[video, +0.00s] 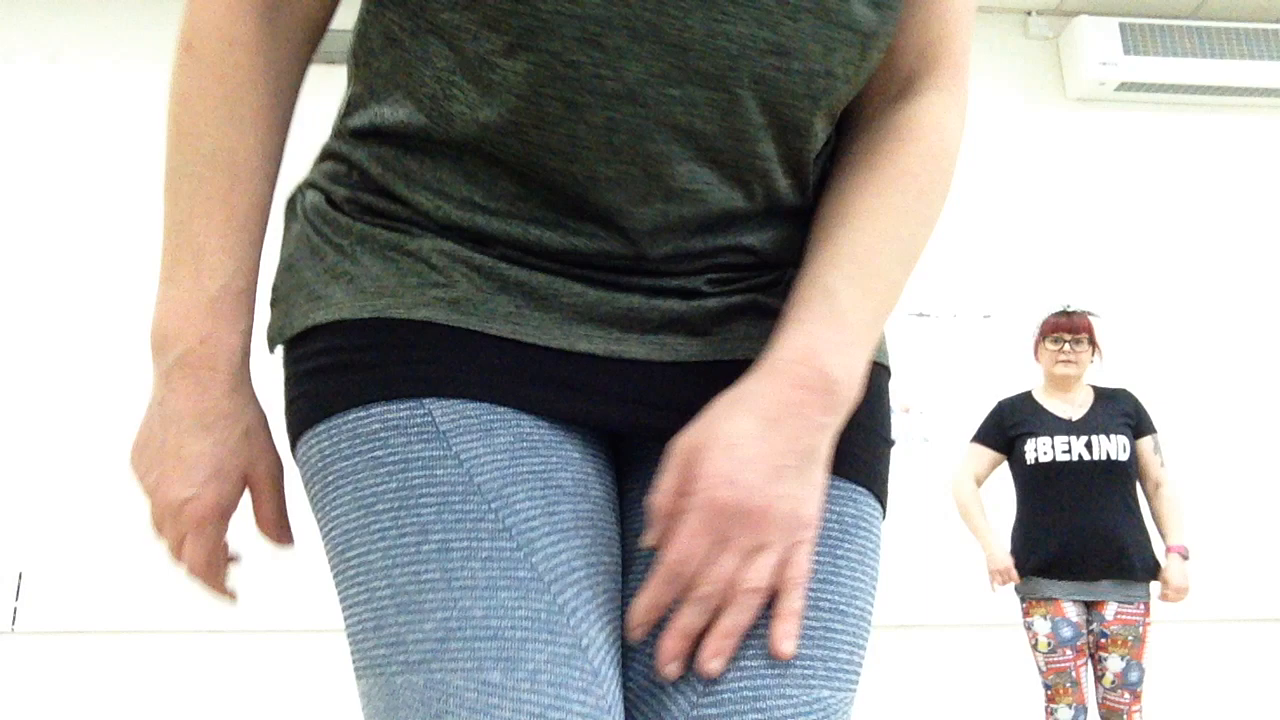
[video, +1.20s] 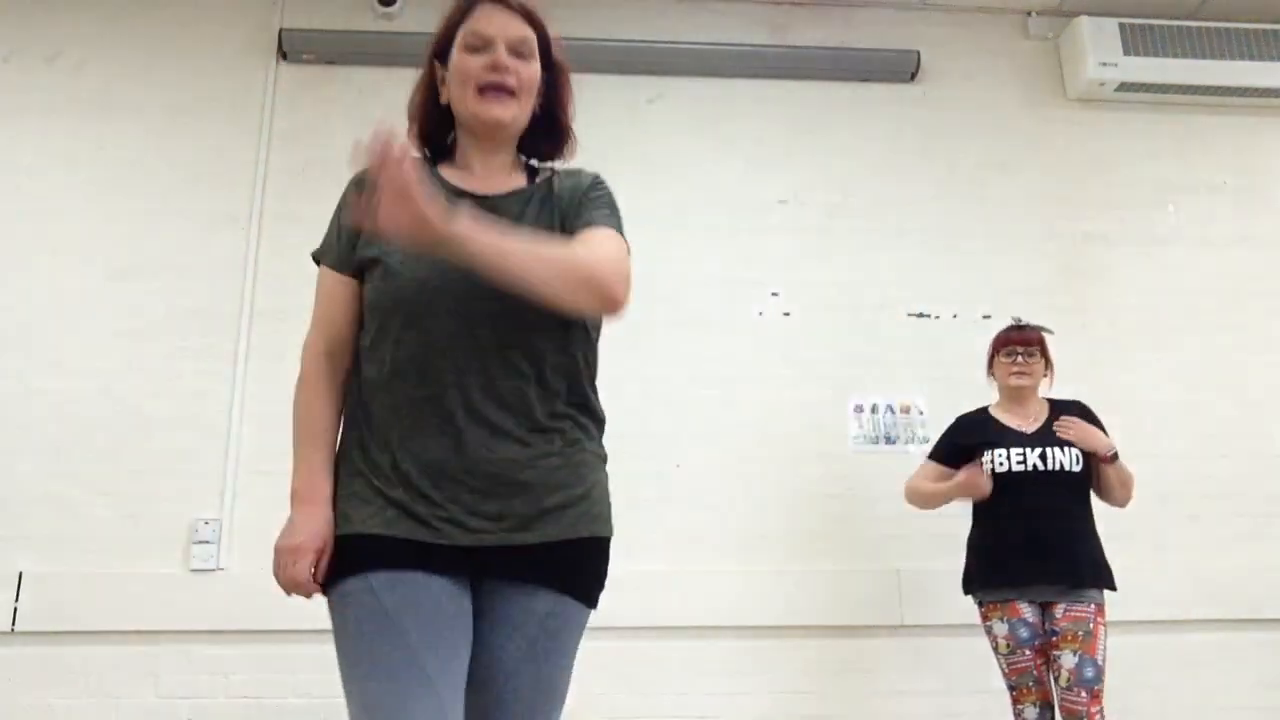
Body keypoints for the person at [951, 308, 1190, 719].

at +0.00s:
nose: (1068, 350)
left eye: (1079, 342)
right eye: (1057, 341)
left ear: (1092, 353)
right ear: (1039, 351)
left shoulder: (1123, 406)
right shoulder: (1013, 412)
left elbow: (1157, 485)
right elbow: (964, 482)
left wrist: (1176, 552)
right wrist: (992, 549)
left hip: (1123, 582)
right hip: (1047, 584)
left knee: (1122, 706)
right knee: (1066, 707)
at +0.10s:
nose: (1067, 350)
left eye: (1077, 342)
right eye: (1056, 341)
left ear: (1091, 353)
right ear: (1038, 351)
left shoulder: (1122, 406)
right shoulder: (1013, 415)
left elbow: (1154, 480)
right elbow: (972, 487)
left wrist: (1164, 536)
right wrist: (1007, 530)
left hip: (1121, 583)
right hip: (1046, 585)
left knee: (1121, 705)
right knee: (1064, 706)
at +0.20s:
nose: (1065, 351)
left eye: (1075, 343)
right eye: (1055, 342)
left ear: (1089, 355)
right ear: (1035, 352)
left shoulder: (1120, 407)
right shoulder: (1010, 417)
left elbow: (1156, 476)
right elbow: (976, 492)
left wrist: (1150, 498)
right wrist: (1011, 480)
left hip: (1117, 578)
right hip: (1042, 581)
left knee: (1119, 704)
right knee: (1061, 705)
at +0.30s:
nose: (1061, 353)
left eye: (1072, 345)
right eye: (1051, 344)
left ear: (1086, 357)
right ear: (1033, 354)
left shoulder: (1117, 407)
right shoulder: (1010, 415)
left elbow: (1171, 480)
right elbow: (974, 485)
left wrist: (1143, 443)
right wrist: (1009, 428)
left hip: (1114, 578)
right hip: (1039, 581)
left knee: (1117, 706)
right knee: (1059, 707)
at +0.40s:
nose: (1057, 355)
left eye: (1067, 348)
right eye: (1047, 347)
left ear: (1082, 357)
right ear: (1030, 357)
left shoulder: (1109, 408)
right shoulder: (1013, 412)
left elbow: (1165, 457)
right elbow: (975, 461)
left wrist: (1129, 397)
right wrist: (1006, 393)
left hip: (1110, 577)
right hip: (1035, 580)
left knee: (1114, 704)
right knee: (1057, 705)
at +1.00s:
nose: (1024, 361)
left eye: (1034, 354)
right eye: (1014, 354)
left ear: (1049, 365)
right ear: (997, 365)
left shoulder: (1079, 416)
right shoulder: (977, 423)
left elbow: (1130, 487)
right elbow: (933, 492)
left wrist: (1101, 428)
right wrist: (972, 430)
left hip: (1079, 580)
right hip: (1006, 584)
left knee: (1085, 705)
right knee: (1034, 708)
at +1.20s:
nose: (1020, 361)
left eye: (1030, 355)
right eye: (1009, 355)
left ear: (1045, 367)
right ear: (993, 368)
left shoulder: (1076, 417)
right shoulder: (971, 427)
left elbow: (1120, 496)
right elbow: (915, 492)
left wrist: (1105, 449)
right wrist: (957, 487)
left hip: (1077, 584)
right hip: (1004, 588)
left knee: (1082, 707)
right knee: (1032, 708)